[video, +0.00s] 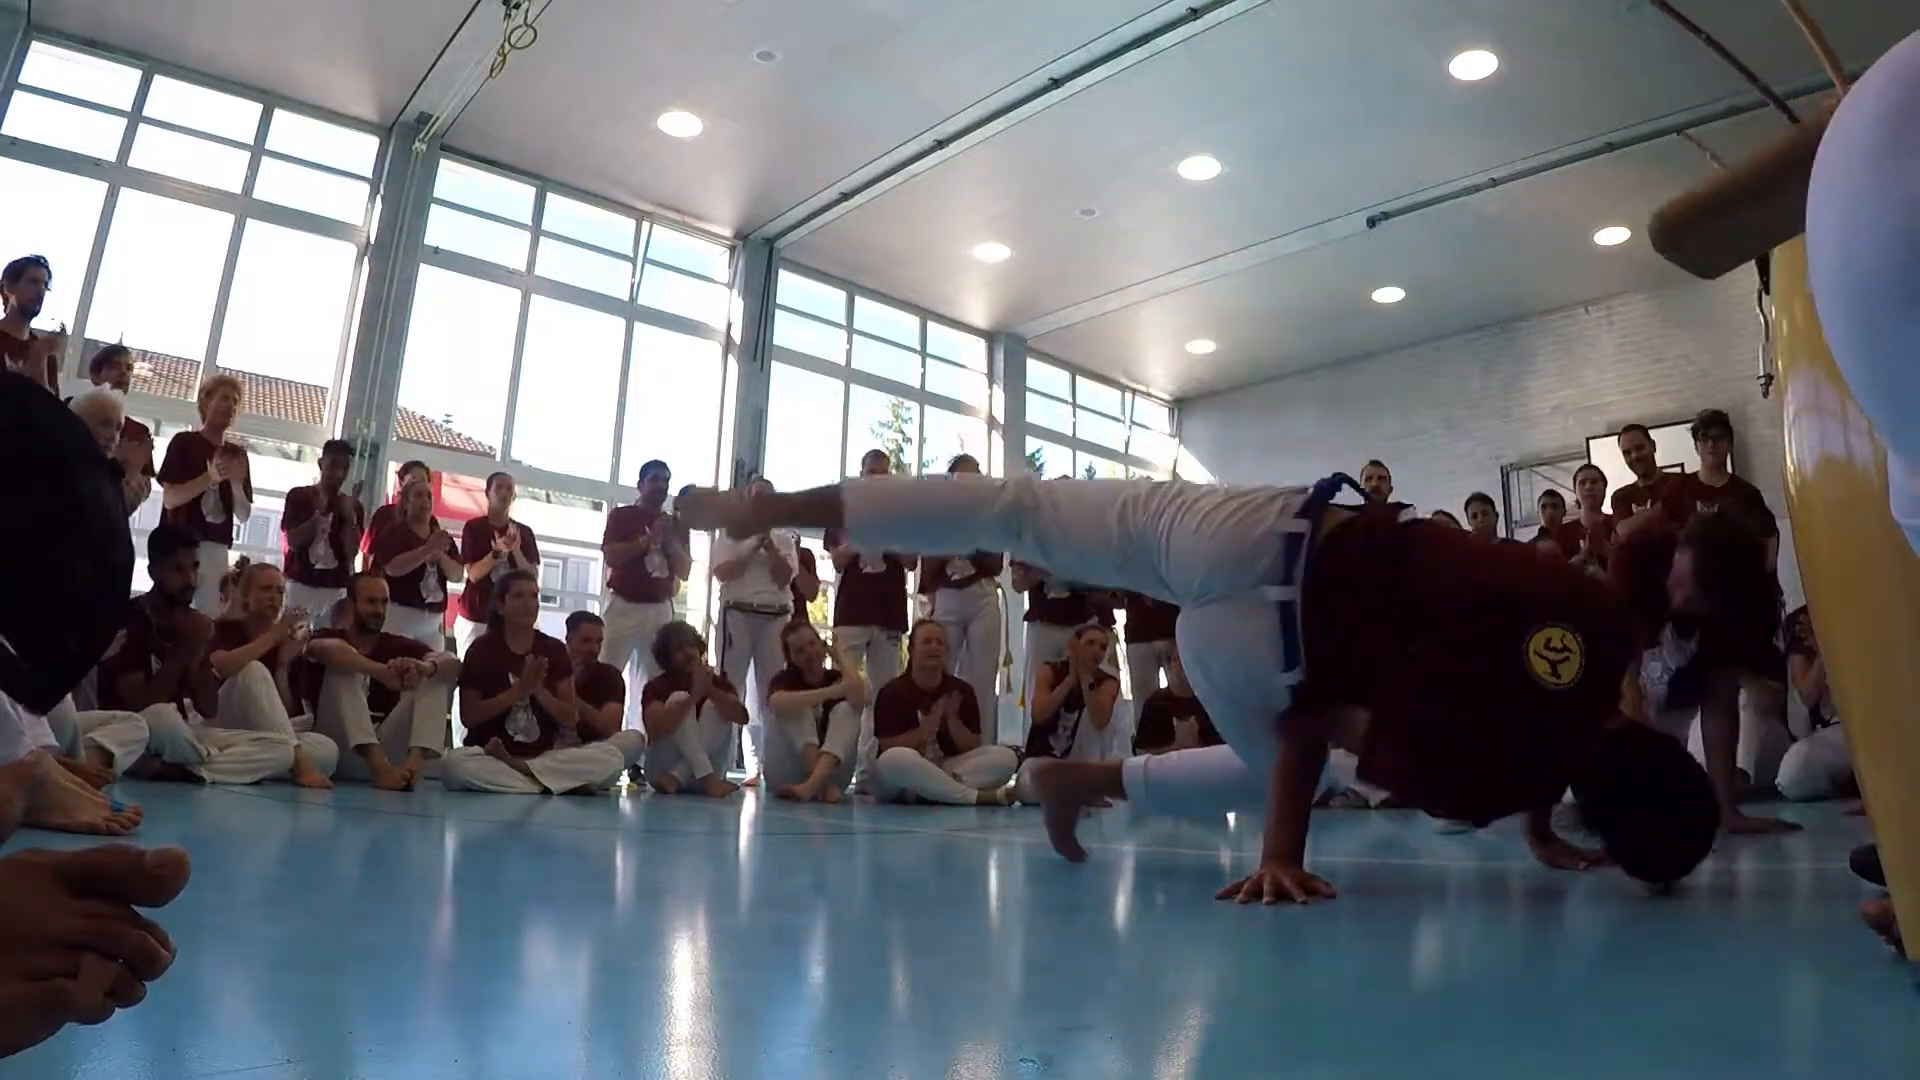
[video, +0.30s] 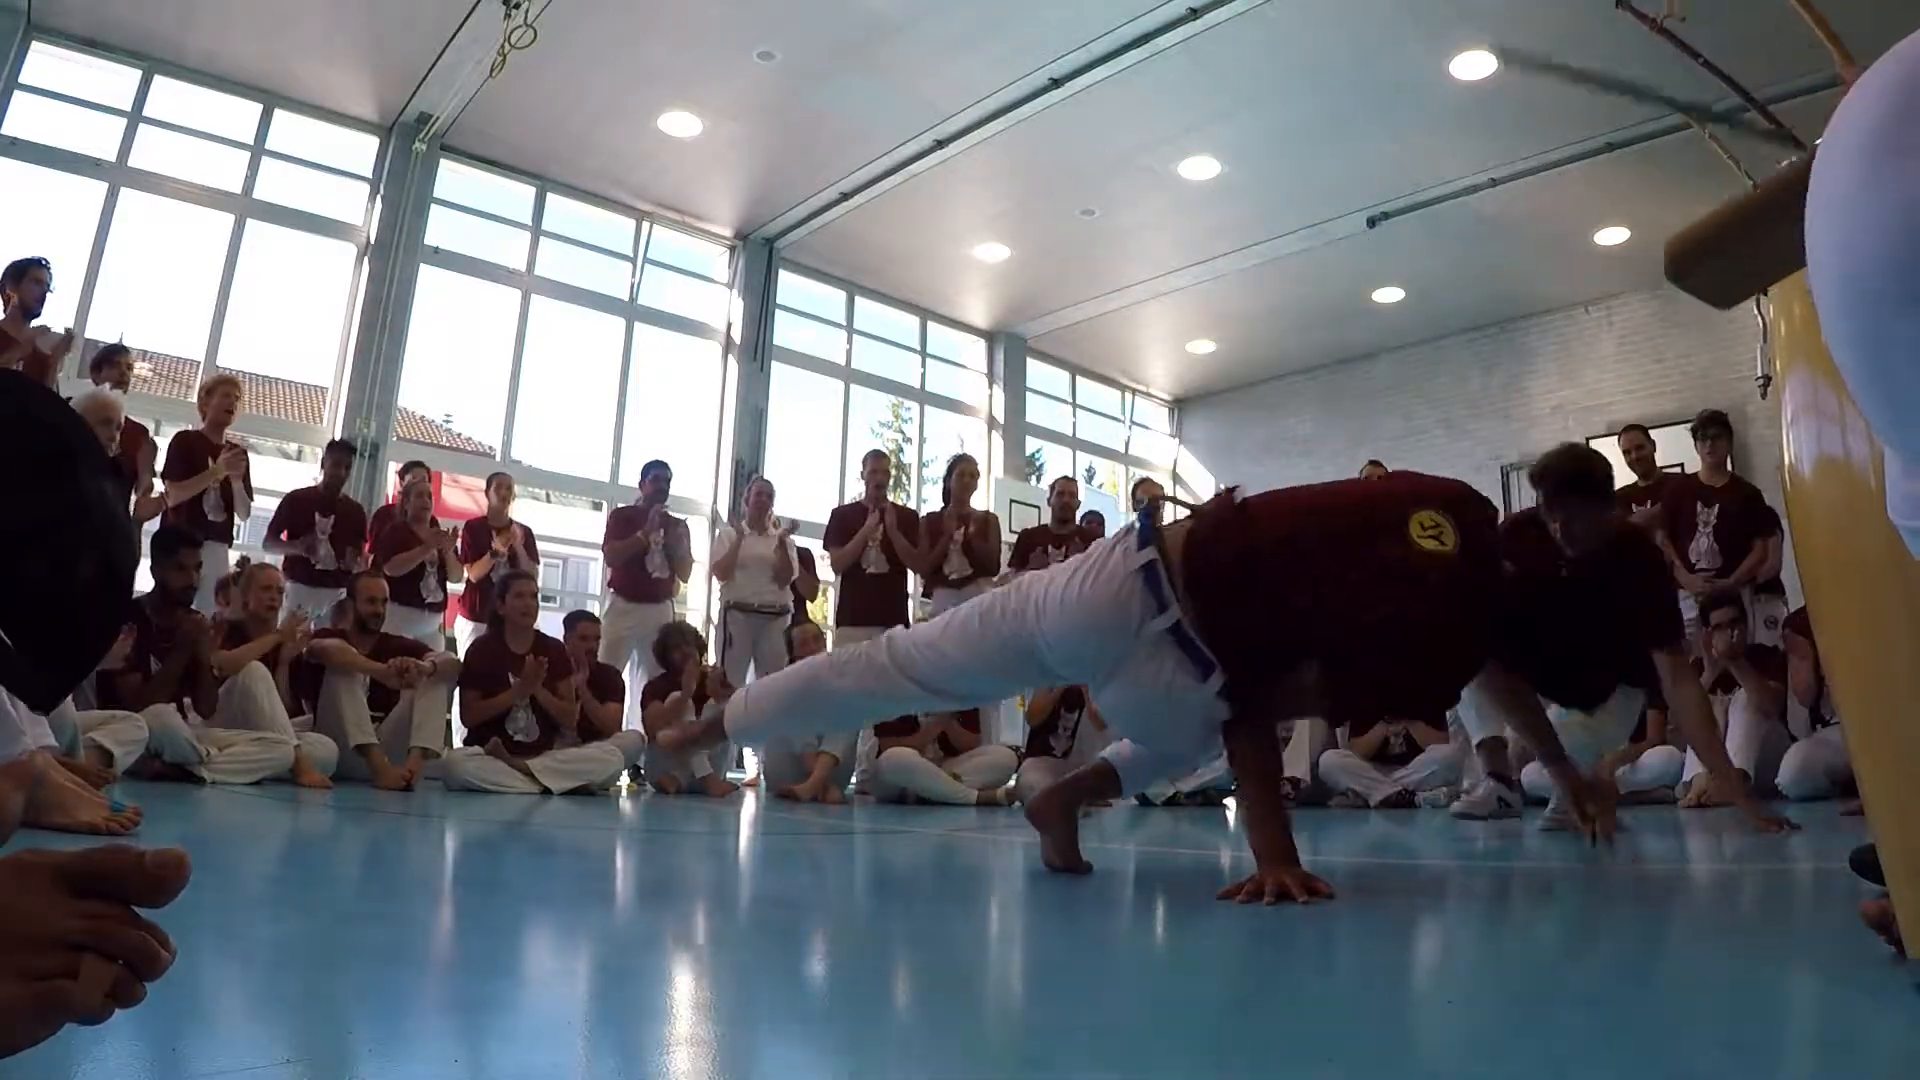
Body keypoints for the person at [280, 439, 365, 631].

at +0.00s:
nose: (337, 473)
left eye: (343, 468)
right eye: (332, 465)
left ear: (348, 471)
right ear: (321, 464)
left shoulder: (353, 506)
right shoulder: (298, 496)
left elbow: (352, 551)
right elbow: (293, 540)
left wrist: (348, 515)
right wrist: (317, 518)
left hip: (336, 589)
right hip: (301, 584)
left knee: (330, 653)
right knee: (293, 649)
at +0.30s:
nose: (341, 472)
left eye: (346, 467)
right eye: (336, 465)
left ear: (350, 472)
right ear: (323, 464)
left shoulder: (355, 511)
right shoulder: (296, 500)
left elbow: (358, 555)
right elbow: (268, 543)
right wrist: (299, 547)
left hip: (335, 592)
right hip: (298, 590)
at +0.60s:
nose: (340, 473)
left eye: (346, 468)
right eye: (335, 465)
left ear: (350, 471)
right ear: (323, 464)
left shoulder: (354, 509)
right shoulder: (299, 497)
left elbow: (349, 553)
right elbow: (293, 543)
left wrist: (343, 525)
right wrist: (315, 530)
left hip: (335, 588)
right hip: (300, 584)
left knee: (329, 653)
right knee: (292, 649)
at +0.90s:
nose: (341, 474)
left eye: (347, 469)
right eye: (336, 466)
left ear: (351, 472)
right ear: (323, 464)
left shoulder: (353, 507)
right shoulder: (300, 497)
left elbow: (350, 551)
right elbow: (292, 540)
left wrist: (345, 522)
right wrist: (316, 533)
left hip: (336, 589)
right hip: (300, 585)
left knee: (328, 653)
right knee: (290, 649)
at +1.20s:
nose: (343, 477)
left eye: (349, 473)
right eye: (339, 469)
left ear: (354, 475)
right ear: (326, 465)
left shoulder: (355, 510)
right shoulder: (301, 495)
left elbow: (350, 555)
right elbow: (289, 541)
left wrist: (340, 522)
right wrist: (323, 528)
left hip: (335, 591)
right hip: (300, 586)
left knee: (327, 655)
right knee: (290, 652)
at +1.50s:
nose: (344, 477)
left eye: (350, 472)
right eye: (339, 469)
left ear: (354, 474)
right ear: (326, 465)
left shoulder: (356, 512)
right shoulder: (299, 497)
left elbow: (357, 558)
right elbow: (278, 545)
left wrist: (357, 552)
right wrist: (303, 528)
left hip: (334, 593)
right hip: (298, 588)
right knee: (288, 655)